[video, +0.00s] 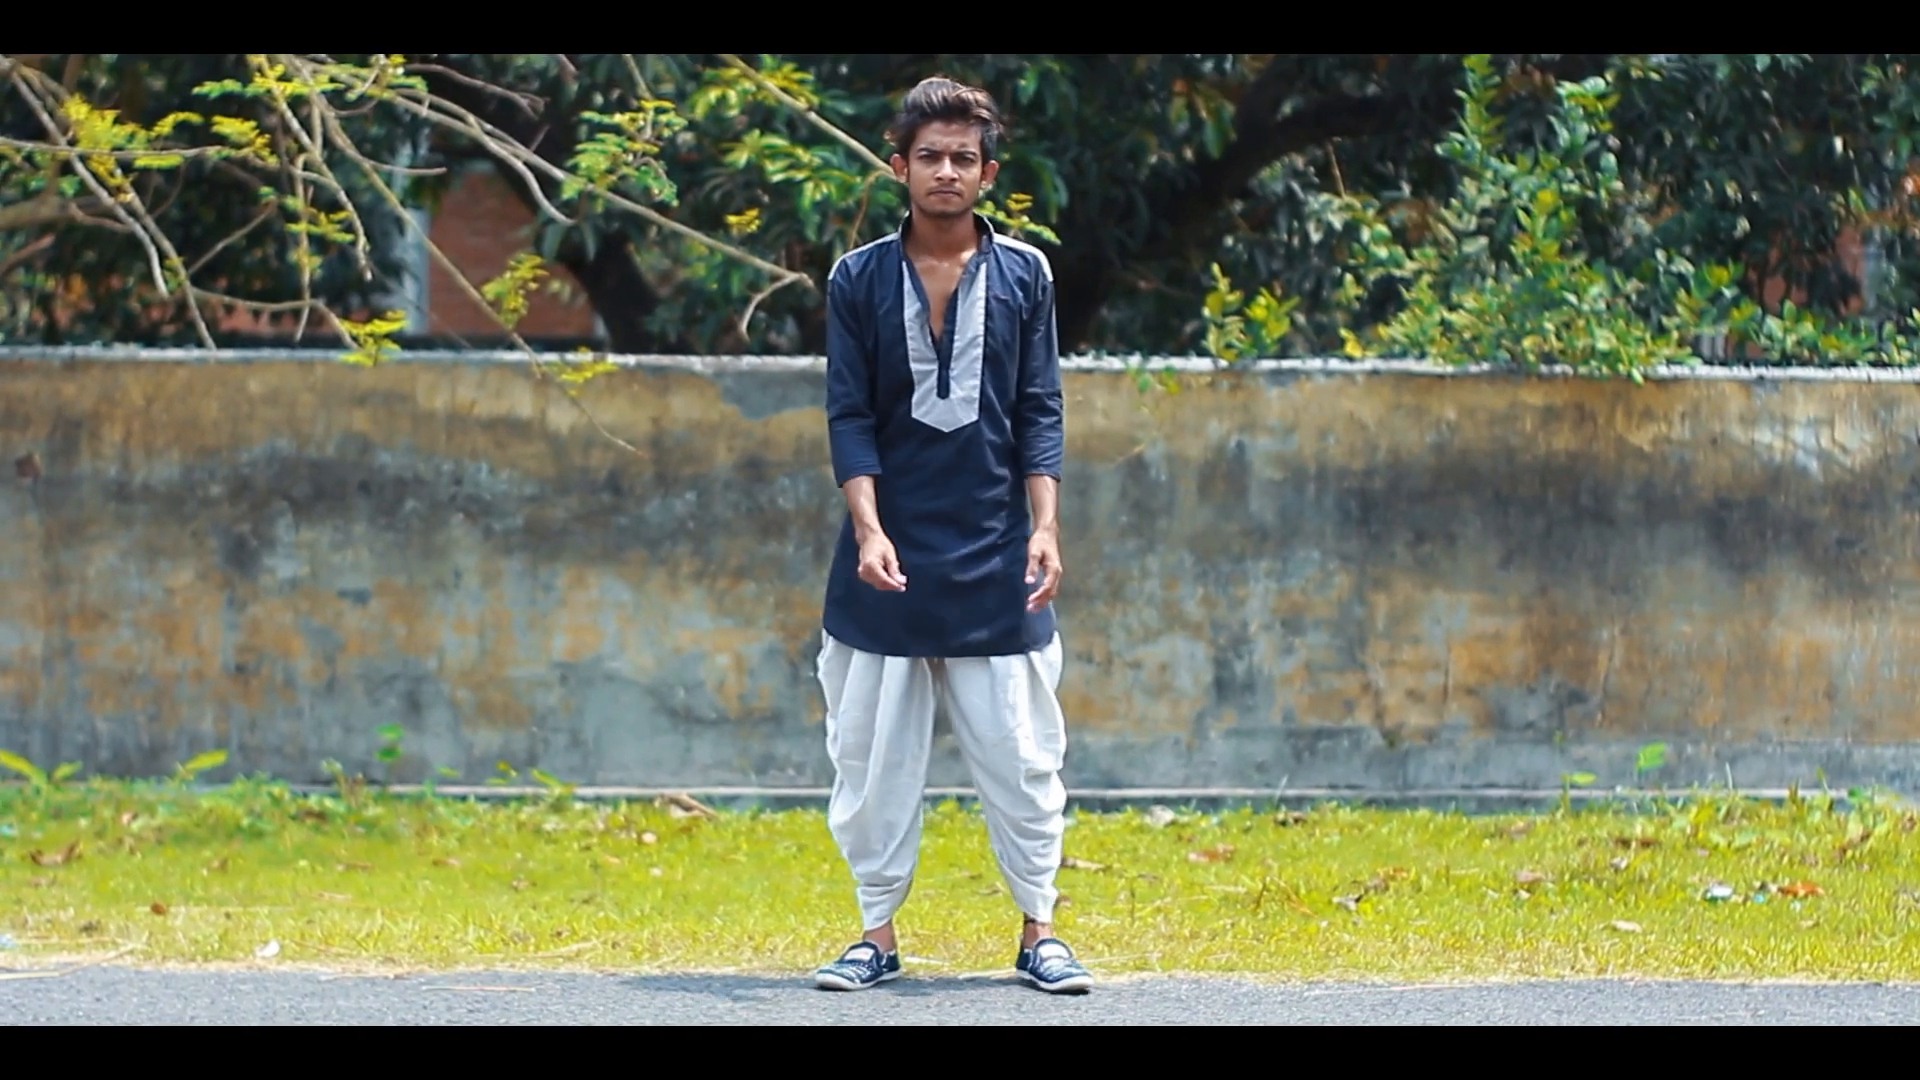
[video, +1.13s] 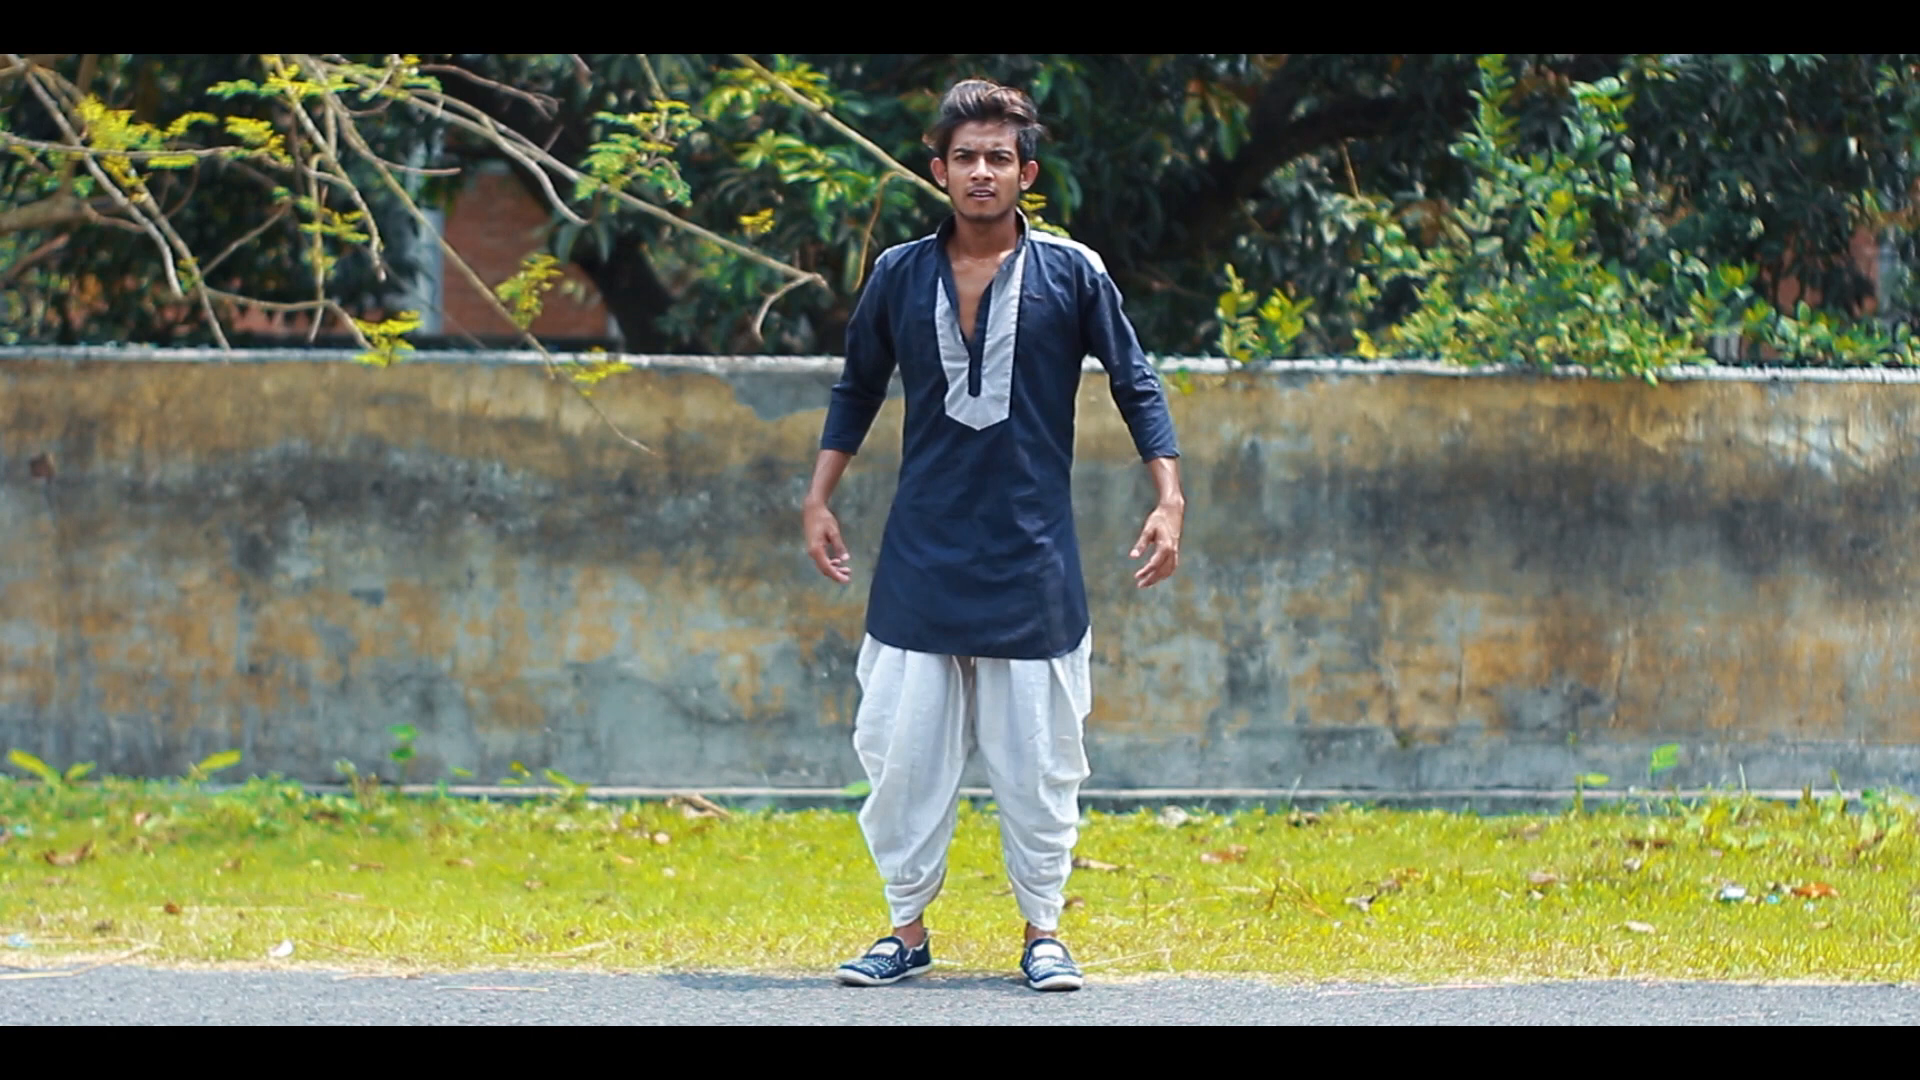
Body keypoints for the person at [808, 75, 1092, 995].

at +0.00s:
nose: (947, 173)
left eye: (964, 159)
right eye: (931, 158)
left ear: (986, 170)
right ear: (902, 167)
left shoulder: (1023, 273)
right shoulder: (858, 277)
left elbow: (1041, 408)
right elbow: (848, 414)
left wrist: (1043, 521)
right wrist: (867, 525)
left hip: (994, 540)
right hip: (886, 541)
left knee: (1020, 742)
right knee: (871, 745)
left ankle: (1039, 934)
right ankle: (877, 937)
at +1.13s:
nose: (982, 173)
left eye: (999, 158)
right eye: (966, 158)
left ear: (1027, 171)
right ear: (941, 168)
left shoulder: (1073, 271)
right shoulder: (897, 273)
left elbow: (1138, 385)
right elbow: (857, 388)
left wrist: (1170, 497)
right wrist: (818, 495)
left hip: (1031, 548)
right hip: (922, 545)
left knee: (1038, 753)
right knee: (897, 745)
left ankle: (1044, 933)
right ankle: (908, 931)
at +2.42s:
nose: (1150, 227)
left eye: (1163, 210)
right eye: (1142, 210)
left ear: (1212, 198)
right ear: (1143, 203)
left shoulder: (1273, 275)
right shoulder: (1155, 263)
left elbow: (1234, 275)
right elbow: (1051, 226)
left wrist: (1221, 208)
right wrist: (1130, 178)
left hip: (1161, 539)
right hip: (1079, 518)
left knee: (1161, 756)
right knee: (987, 713)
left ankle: (1228, 932)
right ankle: (937, 915)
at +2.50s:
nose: (1158, 231)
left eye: (1173, 214)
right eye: (1150, 214)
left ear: (1222, 207)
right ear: (1150, 210)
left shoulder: (1262, 289)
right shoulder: (1154, 272)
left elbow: (1286, 298)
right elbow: (1050, 230)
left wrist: (1245, 216)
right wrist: (1134, 185)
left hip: (1171, 552)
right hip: (1085, 527)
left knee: (1157, 766)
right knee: (969, 702)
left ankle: (1205, 946)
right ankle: (948, 915)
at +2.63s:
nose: (1161, 245)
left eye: (1177, 228)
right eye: (1152, 230)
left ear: (1231, 234)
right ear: (1150, 236)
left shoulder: (1259, 336)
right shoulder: (1134, 308)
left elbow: (1334, 314)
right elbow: (1045, 251)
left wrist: (1266, 245)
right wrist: (1147, 212)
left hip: (1192, 598)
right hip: (1097, 583)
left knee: (1168, 782)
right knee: (953, 700)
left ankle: (1204, 955)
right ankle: (950, 919)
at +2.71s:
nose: (1169, 218)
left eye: (1186, 200)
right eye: (1157, 205)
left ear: (1232, 203)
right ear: (1145, 210)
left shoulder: (1263, 296)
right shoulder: (1138, 279)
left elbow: (1339, 310)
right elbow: (1022, 257)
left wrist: (1261, 226)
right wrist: (1089, 201)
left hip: (1183, 565)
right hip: (1093, 545)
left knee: (1191, 778)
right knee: (958, 690)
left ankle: (1205, 956)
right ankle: (945, 911)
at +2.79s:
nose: (1171, 195)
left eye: (1187, 175)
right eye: (1154, 181)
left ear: (1229, 179)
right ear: (1138, 191)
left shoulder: (1261, 271)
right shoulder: (1133, 249)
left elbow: (1368, 312)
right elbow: (1035, 269)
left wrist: (1282, 216)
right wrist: (1016, 222)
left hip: (1172, 533)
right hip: (1079, 510)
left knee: (1193, 755)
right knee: (974, 691)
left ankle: (1213, 942)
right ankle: (945, 910)